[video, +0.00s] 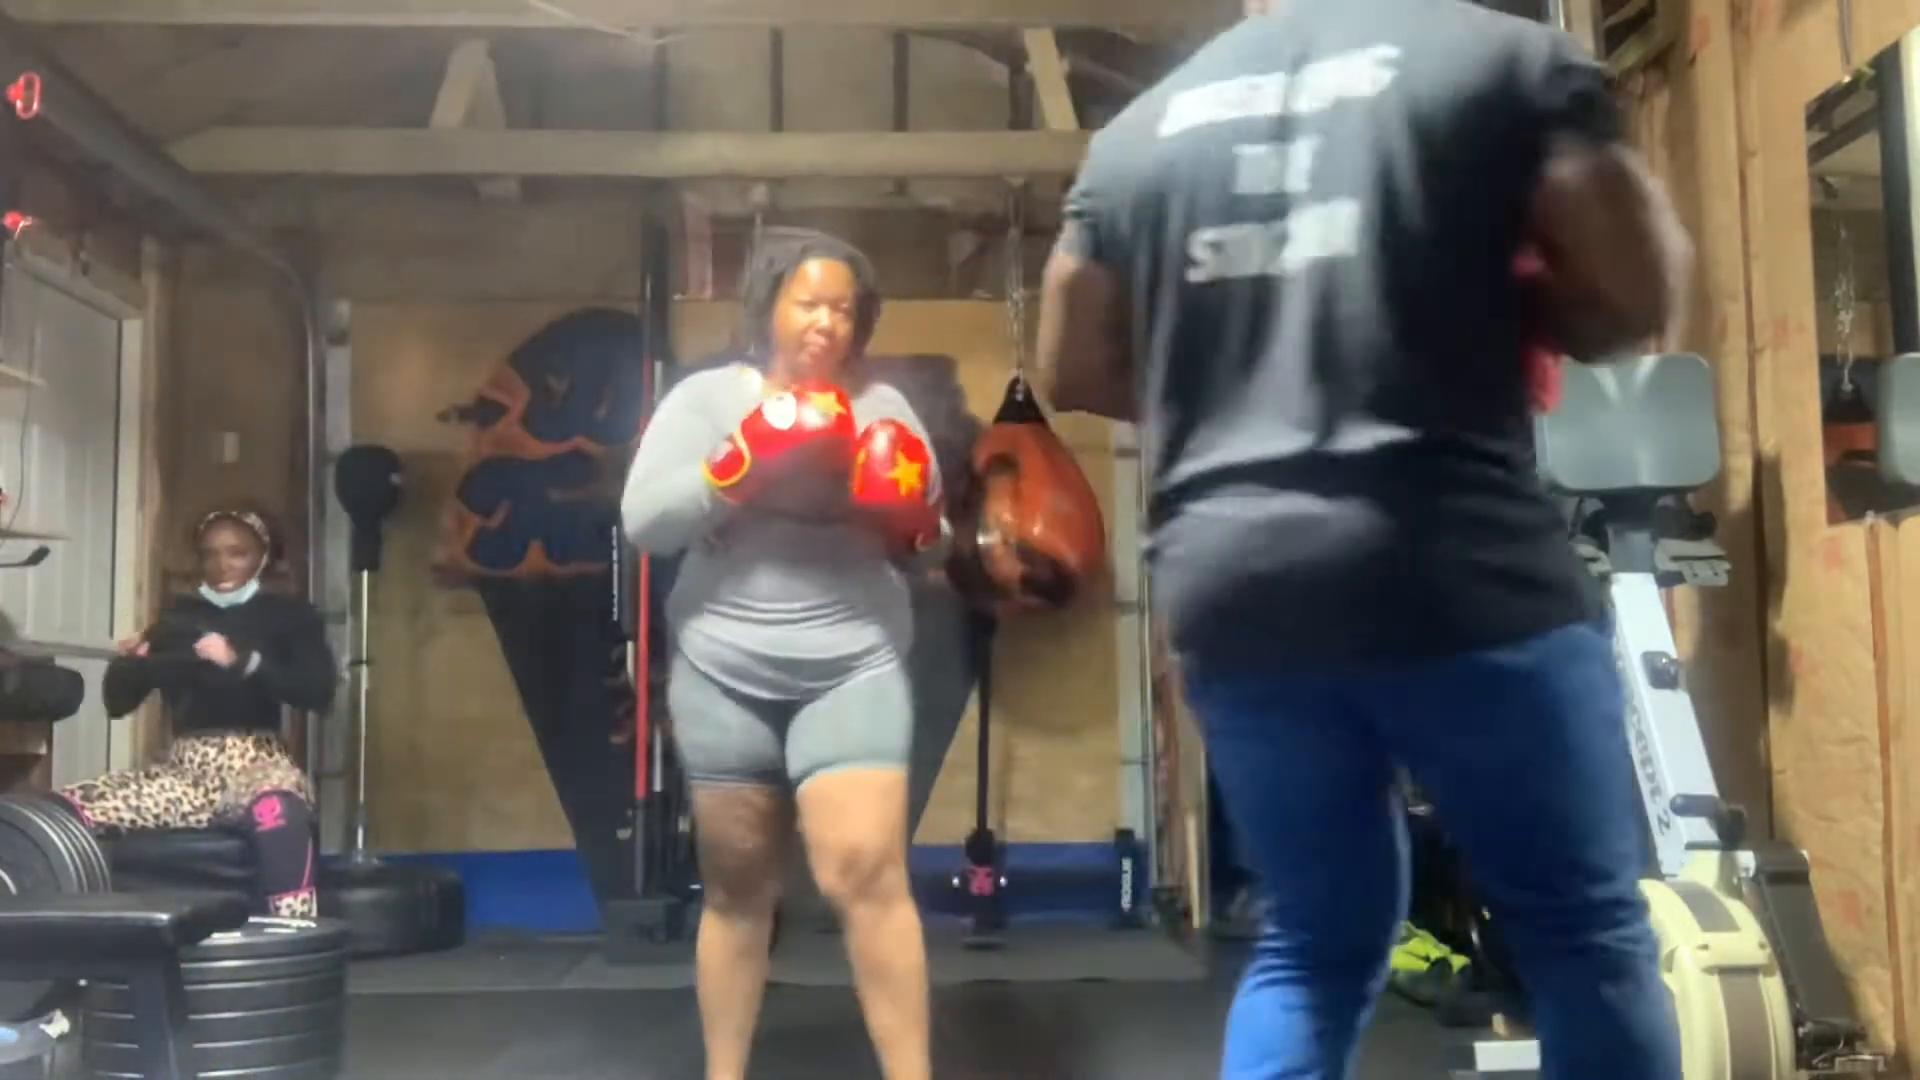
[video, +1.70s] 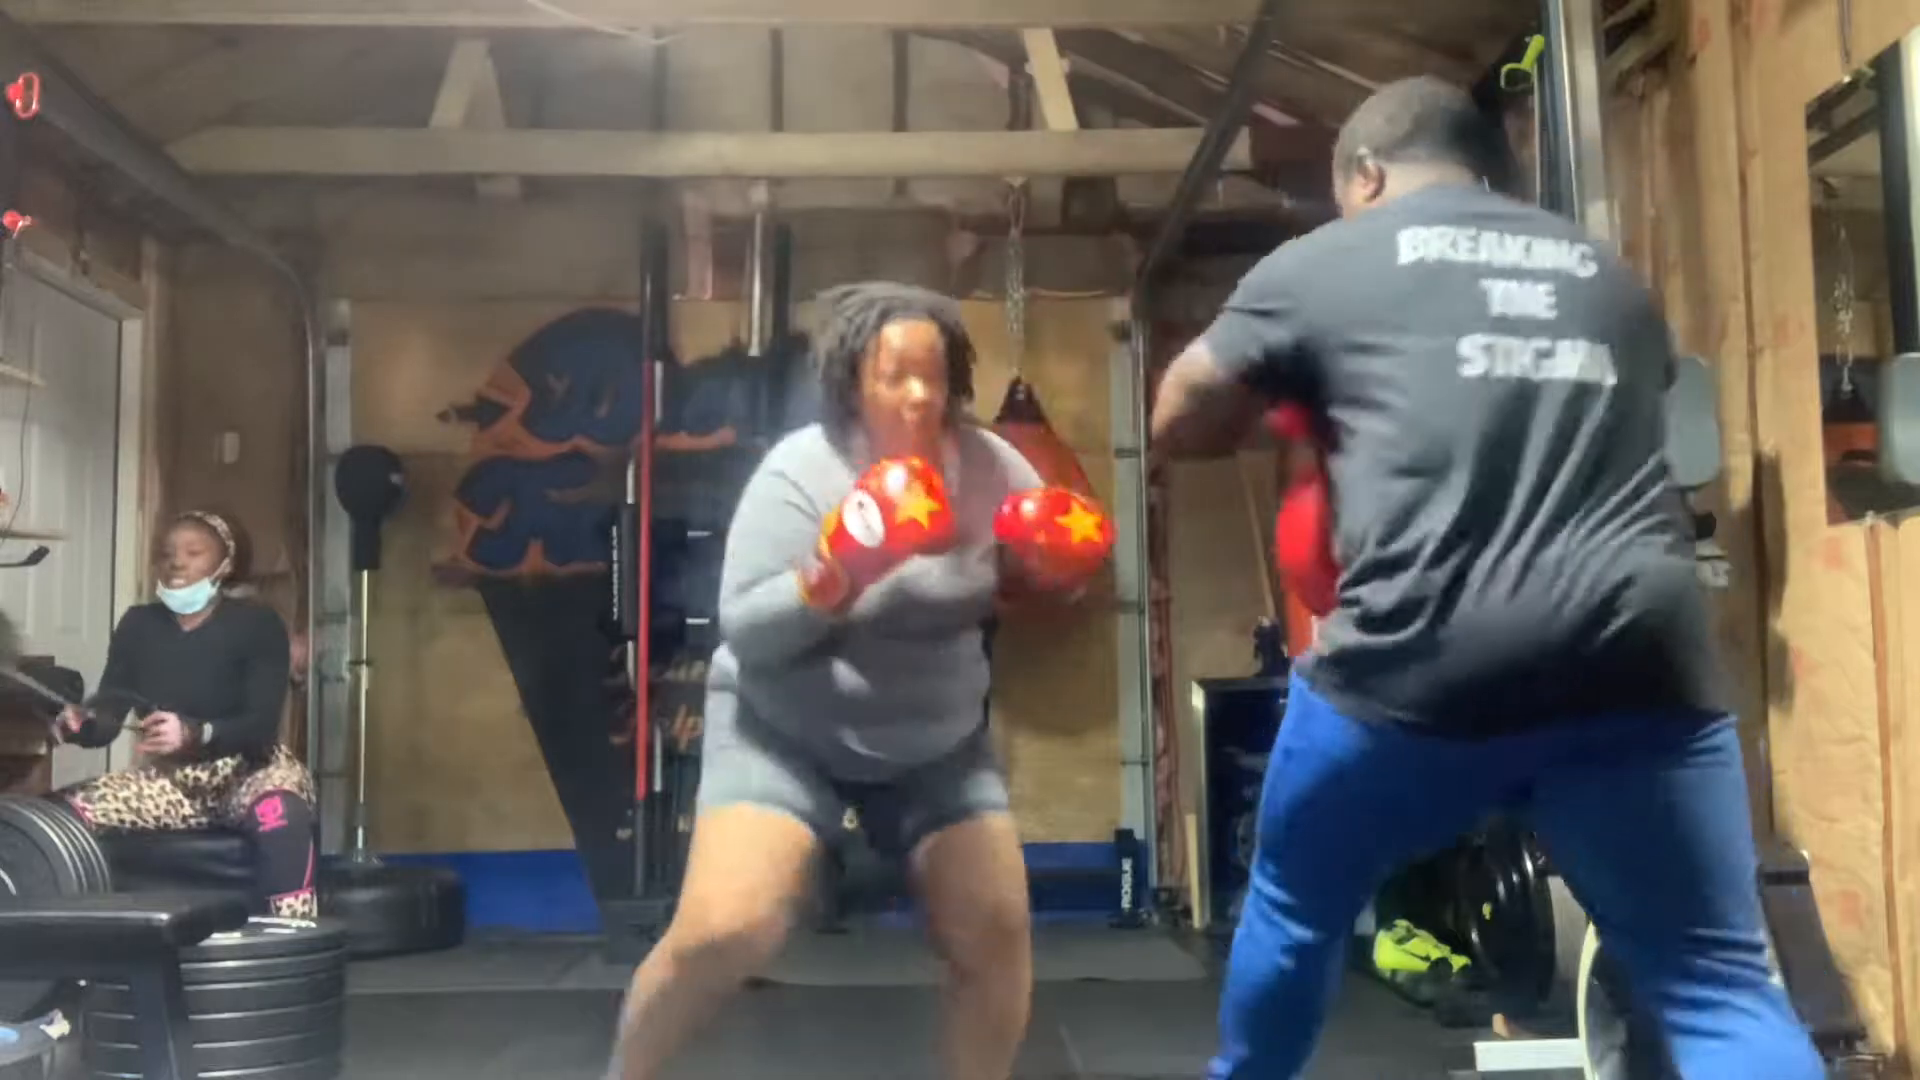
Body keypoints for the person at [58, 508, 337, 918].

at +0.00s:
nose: (223, 564)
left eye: (237, 553)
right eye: (212, 554)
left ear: (262, 560)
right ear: (200, 560)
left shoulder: (288, 615)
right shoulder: (178, 619)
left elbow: (318, 692)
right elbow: (118, 703)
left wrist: (244, 660)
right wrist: (129, 662)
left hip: (257, 769)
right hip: (181, 770)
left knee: (280, 814)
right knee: (62, 810)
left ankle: (292, 943)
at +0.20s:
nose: (196, 556)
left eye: (212, 546)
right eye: (188, 545)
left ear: (239, 556)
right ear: (178, 551)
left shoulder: (265, 608)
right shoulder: (151, 612)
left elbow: (271, 684)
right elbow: (93, 697)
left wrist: (192, 659)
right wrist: (93, 665)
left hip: (248, 772)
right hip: (168, 774)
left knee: (281, 813)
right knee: (61, 811)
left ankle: (294, 946)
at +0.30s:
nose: (184, 556)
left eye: (200, 547)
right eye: (176, 546)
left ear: (228, 558)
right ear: (166, 552)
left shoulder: (256, 611)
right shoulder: (147, 613)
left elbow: (255, 699)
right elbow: (92, 711)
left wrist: (170, 685)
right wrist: (89, 683)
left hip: (246, 771)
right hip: (168, 775)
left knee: (279, 814)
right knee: (57, 813)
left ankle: (296, 945)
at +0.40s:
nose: (174, 558)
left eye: (189, 550)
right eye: (168, 549)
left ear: (219, 563)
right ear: (158, 555)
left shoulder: (250, 622)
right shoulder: (138, 619)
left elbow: (247, 720)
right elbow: (107, 705)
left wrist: (165, 726)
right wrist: (86, 715)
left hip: (243, 773)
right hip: (165, 775)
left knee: (279, 812)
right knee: (61, 813)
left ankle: (295, 944)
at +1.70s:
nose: (176, 562)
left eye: (191, 552)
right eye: (168, 552)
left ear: (222, 566)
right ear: (157, 562)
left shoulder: (258, 624)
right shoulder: (139, 625)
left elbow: (262, 728)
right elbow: (106, 723)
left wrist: (194, 733)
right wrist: (82, 725)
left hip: (246, 778)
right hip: (165, 780)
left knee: (282, 812)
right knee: (63, 815)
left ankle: (294, 949)